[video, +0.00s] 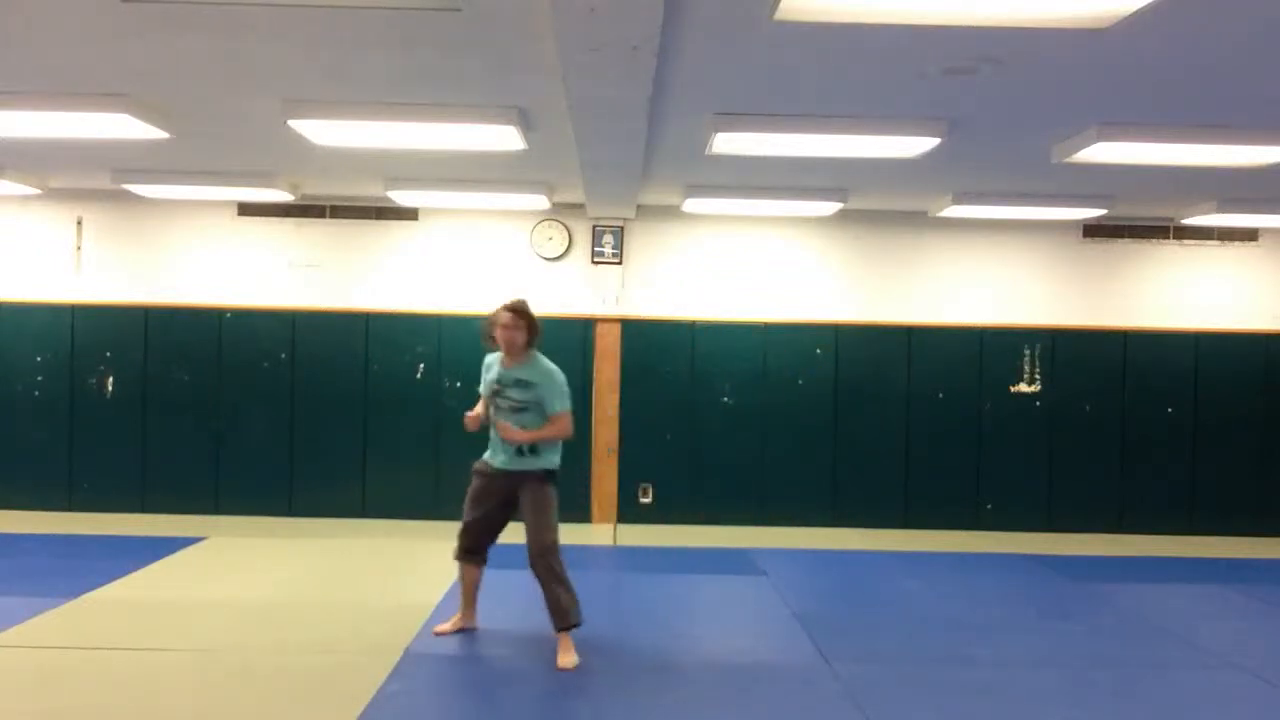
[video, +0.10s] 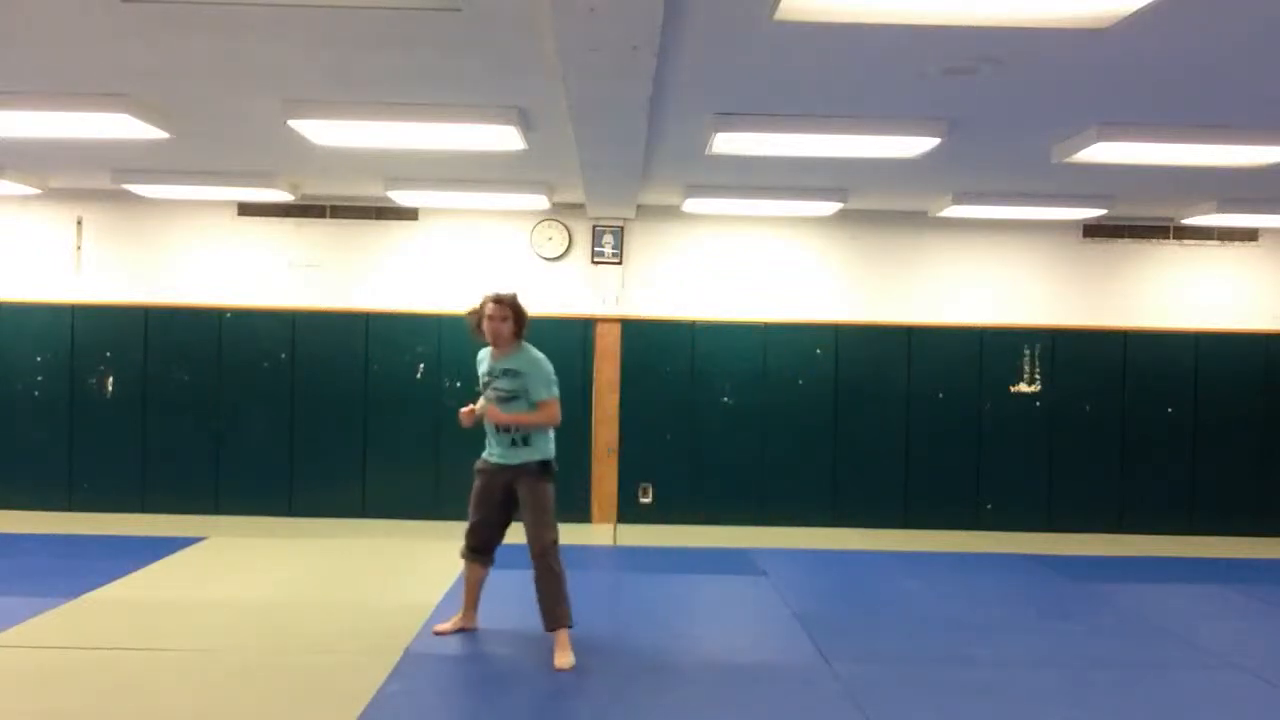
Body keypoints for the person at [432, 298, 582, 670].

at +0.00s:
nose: (507, 335)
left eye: (515, 328)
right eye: (502, 327)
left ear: (529, 333)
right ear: (495, 331)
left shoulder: (549, 375)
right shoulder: (490, 364)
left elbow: (564, 427)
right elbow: (486, 403)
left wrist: (524, 435)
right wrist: (477, 415)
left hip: (536, 473)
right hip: (494, 468)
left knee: (544, 552)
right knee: (471, 542)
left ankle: (564, 636)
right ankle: (467, 615)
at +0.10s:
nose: (494, 326)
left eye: (501, 319)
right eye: (489, 319)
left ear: (516, 324)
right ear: (482, 323)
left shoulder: (536, 363)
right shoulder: (483, 359)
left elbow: (553, 415)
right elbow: (495, 404)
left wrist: (502, 417)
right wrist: (475, 411)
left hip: (533, 465)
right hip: (493, 462)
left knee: (543, 548)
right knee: (478, 542)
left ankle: (561, 634)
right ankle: (468, 615)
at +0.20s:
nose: (491, 322)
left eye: (499, 316)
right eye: (486, 315)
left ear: (513, 321)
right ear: (479, 320)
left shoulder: (532, 359)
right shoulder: (480, 359)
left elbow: (549, 411)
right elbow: (492, 403)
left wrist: (498, 407)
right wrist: (474, 412)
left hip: (531, 463)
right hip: (492, 462)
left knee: (545, 547)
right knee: (477, 541)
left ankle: (568, 634)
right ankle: (467, 615)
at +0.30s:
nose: (495, 320)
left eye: (503, 315)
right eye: (491, 314)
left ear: (518, 321)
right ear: (483, 319)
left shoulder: (535, 358)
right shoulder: (483, 360)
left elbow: (553, 410)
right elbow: (486, 402)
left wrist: (504, 405)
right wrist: (473, 413)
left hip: (529, 465)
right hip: (490, 463)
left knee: (544, 547)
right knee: (476, 542)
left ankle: (577, 632)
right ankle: (467, 616)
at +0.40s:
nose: (505, 322)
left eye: (513, 316)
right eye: (500, 315)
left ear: (528, 322)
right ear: (494, 320)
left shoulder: (546, 362)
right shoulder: (489, 361)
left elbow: (565, 411)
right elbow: (476, 403)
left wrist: (520, 406)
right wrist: (475, 412)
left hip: (532, 470)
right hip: (492, 467)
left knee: (544, 553)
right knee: (475, 543)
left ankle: (581, 635)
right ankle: (467, 617)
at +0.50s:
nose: (519, 324)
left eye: (527, 318)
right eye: (515, 318)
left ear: (543, 325)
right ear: (508, 323)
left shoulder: (561, 367)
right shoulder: (498, 362)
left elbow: (582, 416)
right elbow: (471, 407)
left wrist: (540, 410)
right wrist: (485, 414)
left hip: (542, 474)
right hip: (498, 472)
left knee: (549, 556)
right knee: (477, 545)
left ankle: (581, 642)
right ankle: (467, 617)